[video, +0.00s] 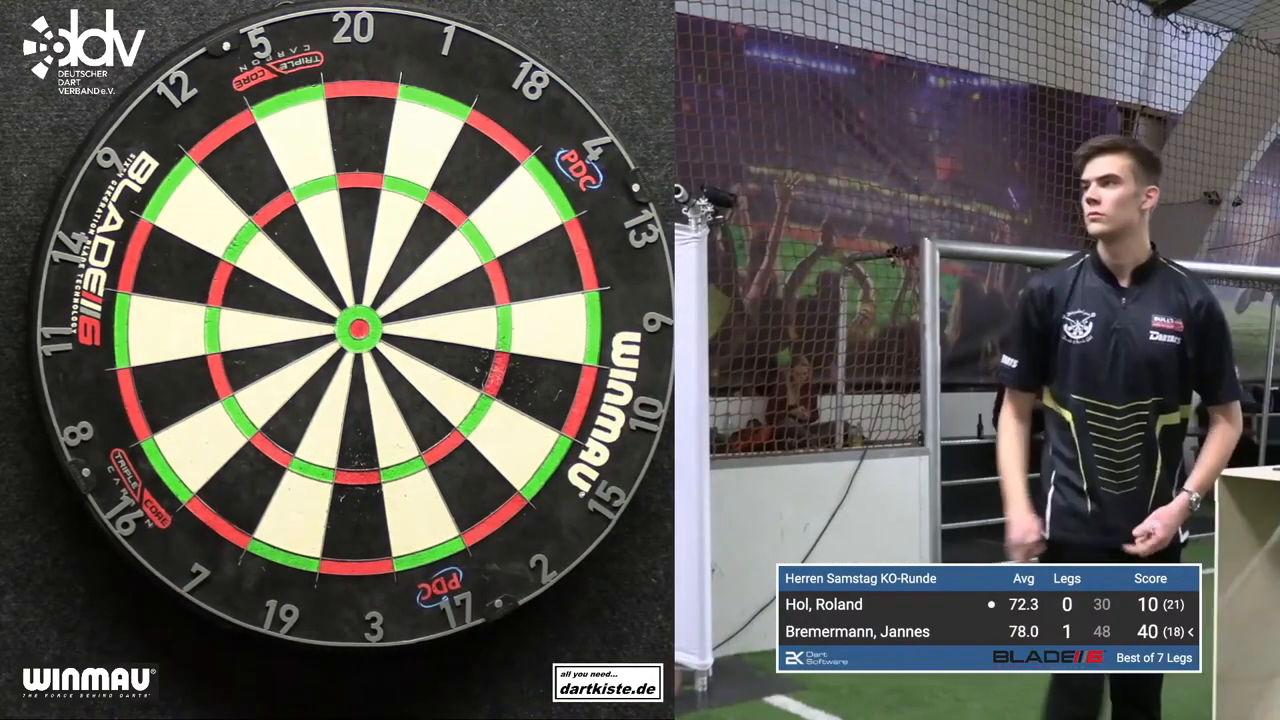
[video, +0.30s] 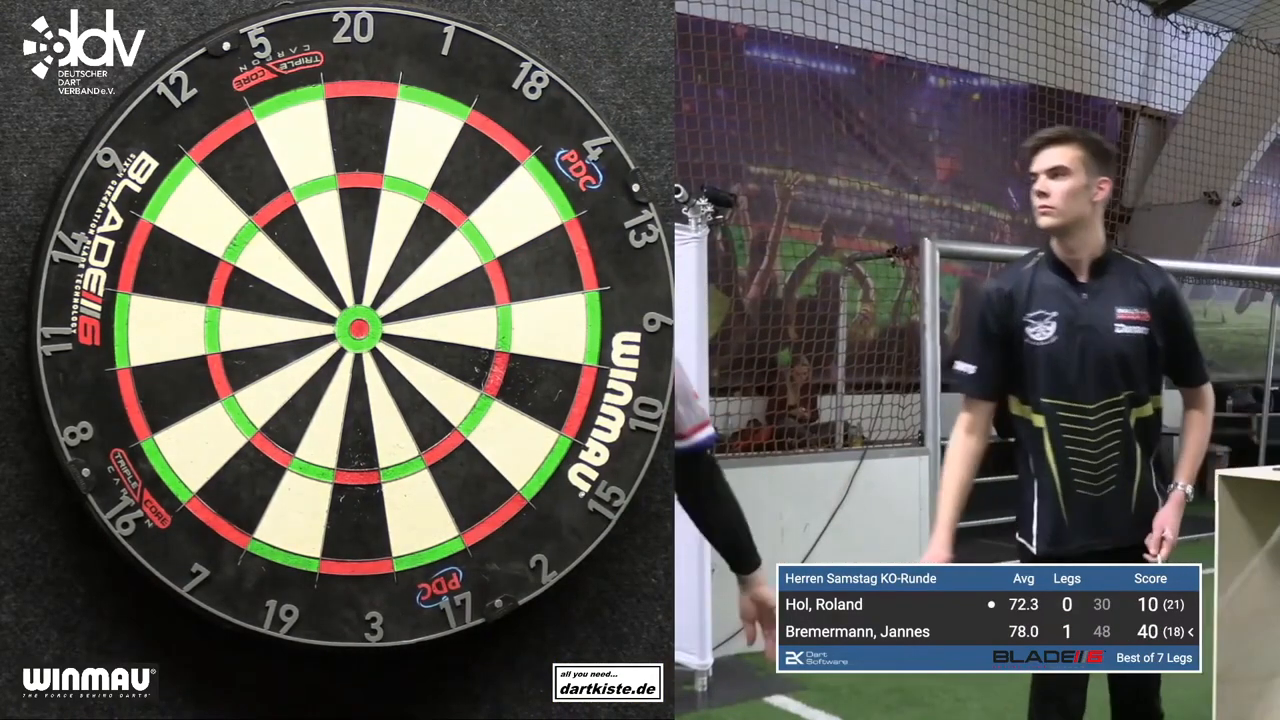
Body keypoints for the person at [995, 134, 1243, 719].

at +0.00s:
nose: (1090, 195)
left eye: (1107, 184)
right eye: (1085, 186)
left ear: (1149, 198)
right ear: (1079, 200)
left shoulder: (1192, 303)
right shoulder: (1048, 295)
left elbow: (1227, 419)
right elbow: (1016, 409)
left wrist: (1181, 506)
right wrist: (1017, 507)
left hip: (1153, 534)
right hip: (1069, 532)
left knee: (1140, 691)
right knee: (1073, 686)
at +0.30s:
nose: (1039, 189)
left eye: (1056, 176)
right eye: (1034, 180)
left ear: (1101, 189)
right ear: (1028, 194)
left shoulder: (1152, 289)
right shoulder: (1005, 297)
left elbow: (1199, 400)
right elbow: (972, 425)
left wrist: (1178, 497)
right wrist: (940, 541)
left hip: (1136, 535)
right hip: (1052, 538)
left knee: (1139, 698)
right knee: (1056, 700)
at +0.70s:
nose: (999, 188)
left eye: (1016, 174)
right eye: (994, 179)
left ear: (1062, 187)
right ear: (990, 195)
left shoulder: (1124, 283)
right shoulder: (974, 304)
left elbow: (1180, 391)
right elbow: (936, 435)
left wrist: (1166, 490)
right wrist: (886, 551)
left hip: (1131, 529)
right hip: (1042, 538)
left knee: (1151, 684)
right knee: (1050, 695)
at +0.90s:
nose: (1003, 186)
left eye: (1021, 172)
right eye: (998, 176)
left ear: (1066, 187)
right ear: (996, 191)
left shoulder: (1126, 285)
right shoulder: (977, 301)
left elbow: (1175, 402)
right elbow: (945, 435)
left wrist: (1154, 503)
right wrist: (940, 549)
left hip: (1126, 534)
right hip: (1037, 544)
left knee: (1143, 686)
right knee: (1049, 697)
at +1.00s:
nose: (1012, 186)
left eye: (1030, 172)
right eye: (1008, 176)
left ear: (1074, 186)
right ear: (1004, 190)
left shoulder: (1131, 289)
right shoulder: (979, 299)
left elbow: (1171, 411)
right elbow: (953, 431)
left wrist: (1141, 508)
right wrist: (995, 535)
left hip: (1125, 543)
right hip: (1034, 551)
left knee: (1136, 697)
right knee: (1048, 700)